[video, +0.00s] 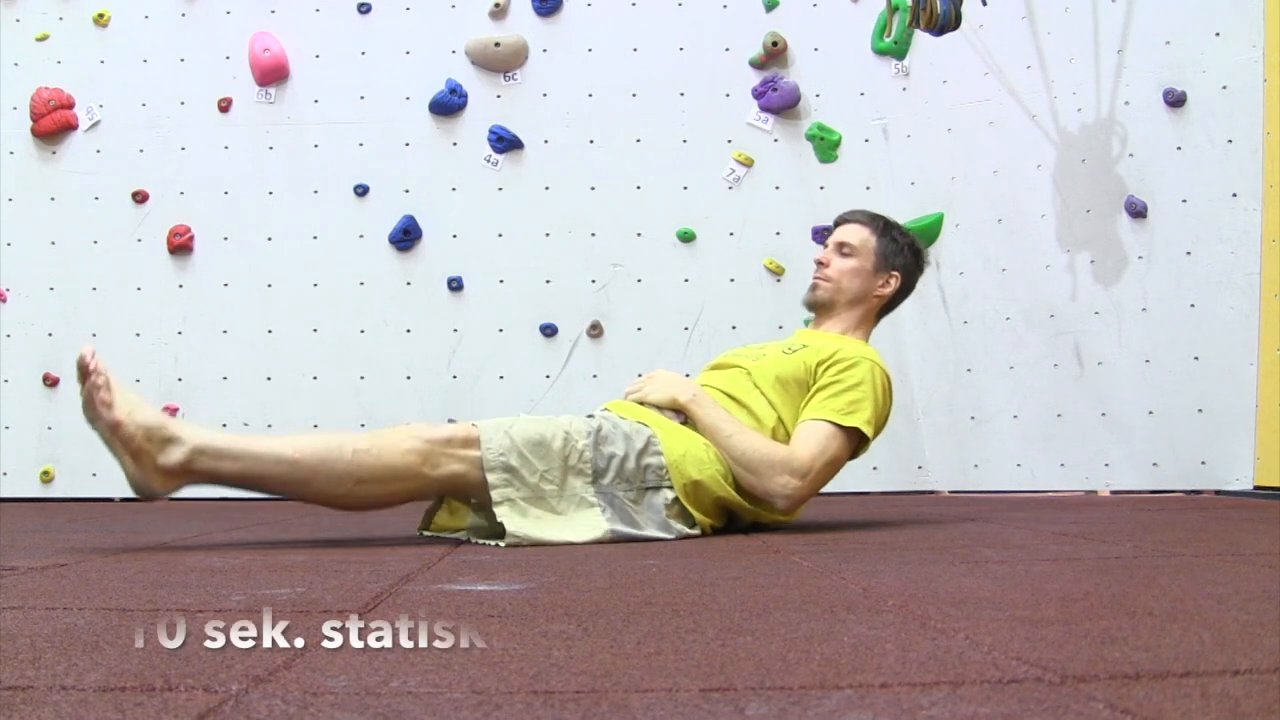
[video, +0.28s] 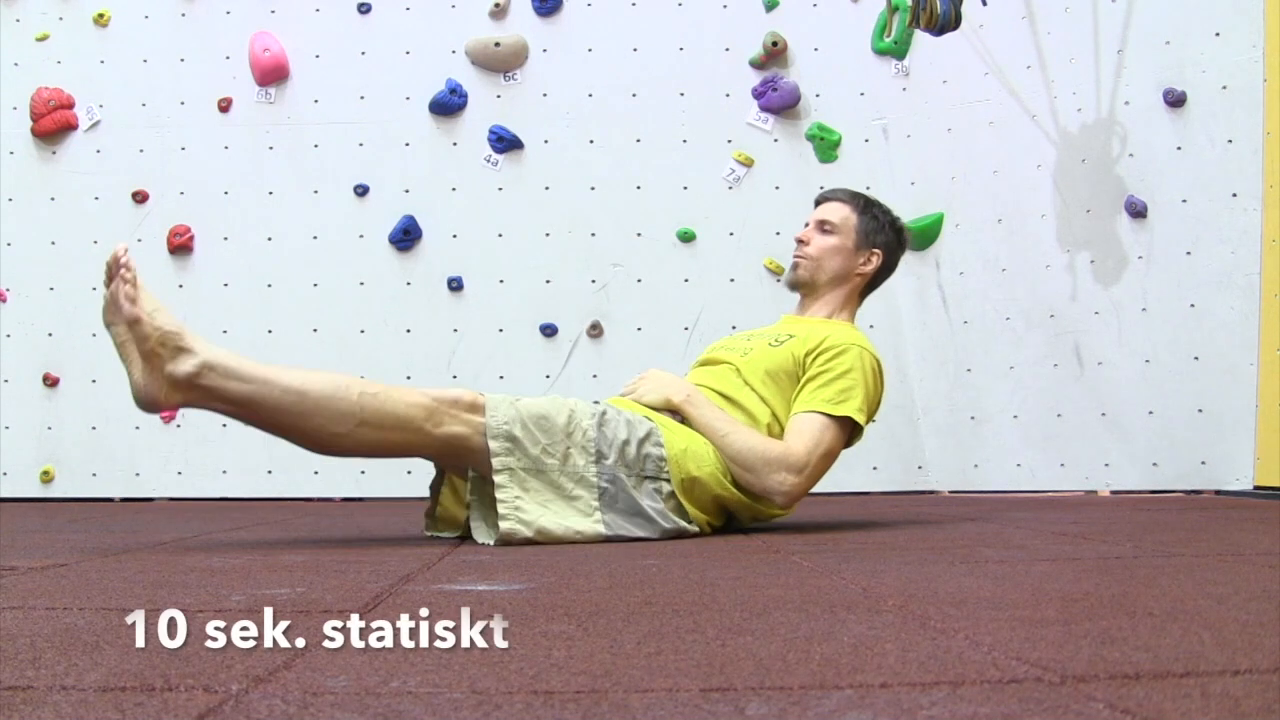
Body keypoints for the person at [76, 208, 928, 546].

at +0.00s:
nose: (821, 257)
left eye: (843, 251)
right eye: (826, 246)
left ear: (883, 286)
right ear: (835, 273)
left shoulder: (855, 365)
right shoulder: (798, 352)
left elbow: (788, 486)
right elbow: (752, 459)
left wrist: (692, 396)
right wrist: (674, 403)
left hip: (664, 464)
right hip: (641, 450)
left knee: (445, 449)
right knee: (431, 450)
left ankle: (178, 453)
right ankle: (176, 452)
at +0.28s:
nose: (802, 236)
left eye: (824, 229)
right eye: (807, 225)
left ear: (870, 261)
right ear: (819, 254)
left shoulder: (845, 350)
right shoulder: (775, 339)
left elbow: (784, 477)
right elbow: (739, 449)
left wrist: (684, 395)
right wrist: (661, 404)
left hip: (658, 463)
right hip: (632, 449)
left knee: (448, 416)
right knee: (433, 416)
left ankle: (187, 372)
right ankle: (187, 370)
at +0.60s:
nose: (803, 241)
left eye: (825, 235)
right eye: (809, 230)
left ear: (870, 266)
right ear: (822, 260)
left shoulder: (849, 355)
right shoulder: (780, 344)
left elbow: (788, 481)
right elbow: (743, 449)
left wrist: (690, 396)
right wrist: (666, 401)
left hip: (658, 462)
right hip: (636, 446)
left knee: (449, 412)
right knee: (437, 410)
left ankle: (191, 365)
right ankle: (190, 362)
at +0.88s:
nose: (804, 236)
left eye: (826, 230)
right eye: (809, 226)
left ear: (872, 264)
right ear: (819, 256)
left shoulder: (847, 354)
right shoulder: (773, 344)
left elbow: (784, 476)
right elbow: (738, 448)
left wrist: (685, 395)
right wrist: (666, 403)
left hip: (659, 464)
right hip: (635, 448)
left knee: (449, 407)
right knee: (438, 407)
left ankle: (193, 348)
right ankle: (189, 353)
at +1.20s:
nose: (810, 252)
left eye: (832, 244)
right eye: (813, 240)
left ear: (877, 270)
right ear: (821, 262)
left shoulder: (851, 358)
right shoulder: (788, 348)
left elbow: (790, 483)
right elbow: (751, 457)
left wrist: (691, 398)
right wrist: (668, 405)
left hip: (658, 461)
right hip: (635, 448)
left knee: (447, 415)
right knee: (435, 414)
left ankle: (189, 372)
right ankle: (188, 372)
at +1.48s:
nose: (813, 249)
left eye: (835, 242)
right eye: (817, 237)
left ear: (879, 271)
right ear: (824, 261)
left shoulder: (852, 359)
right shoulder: (790, 348)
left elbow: (789, 481)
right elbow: (746, 455)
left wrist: (690, 398)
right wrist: (670, 406)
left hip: (661, 460)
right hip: (639, 447)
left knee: (446, 418)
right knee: (435, 418)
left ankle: (187, 380)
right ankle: (183, 383)